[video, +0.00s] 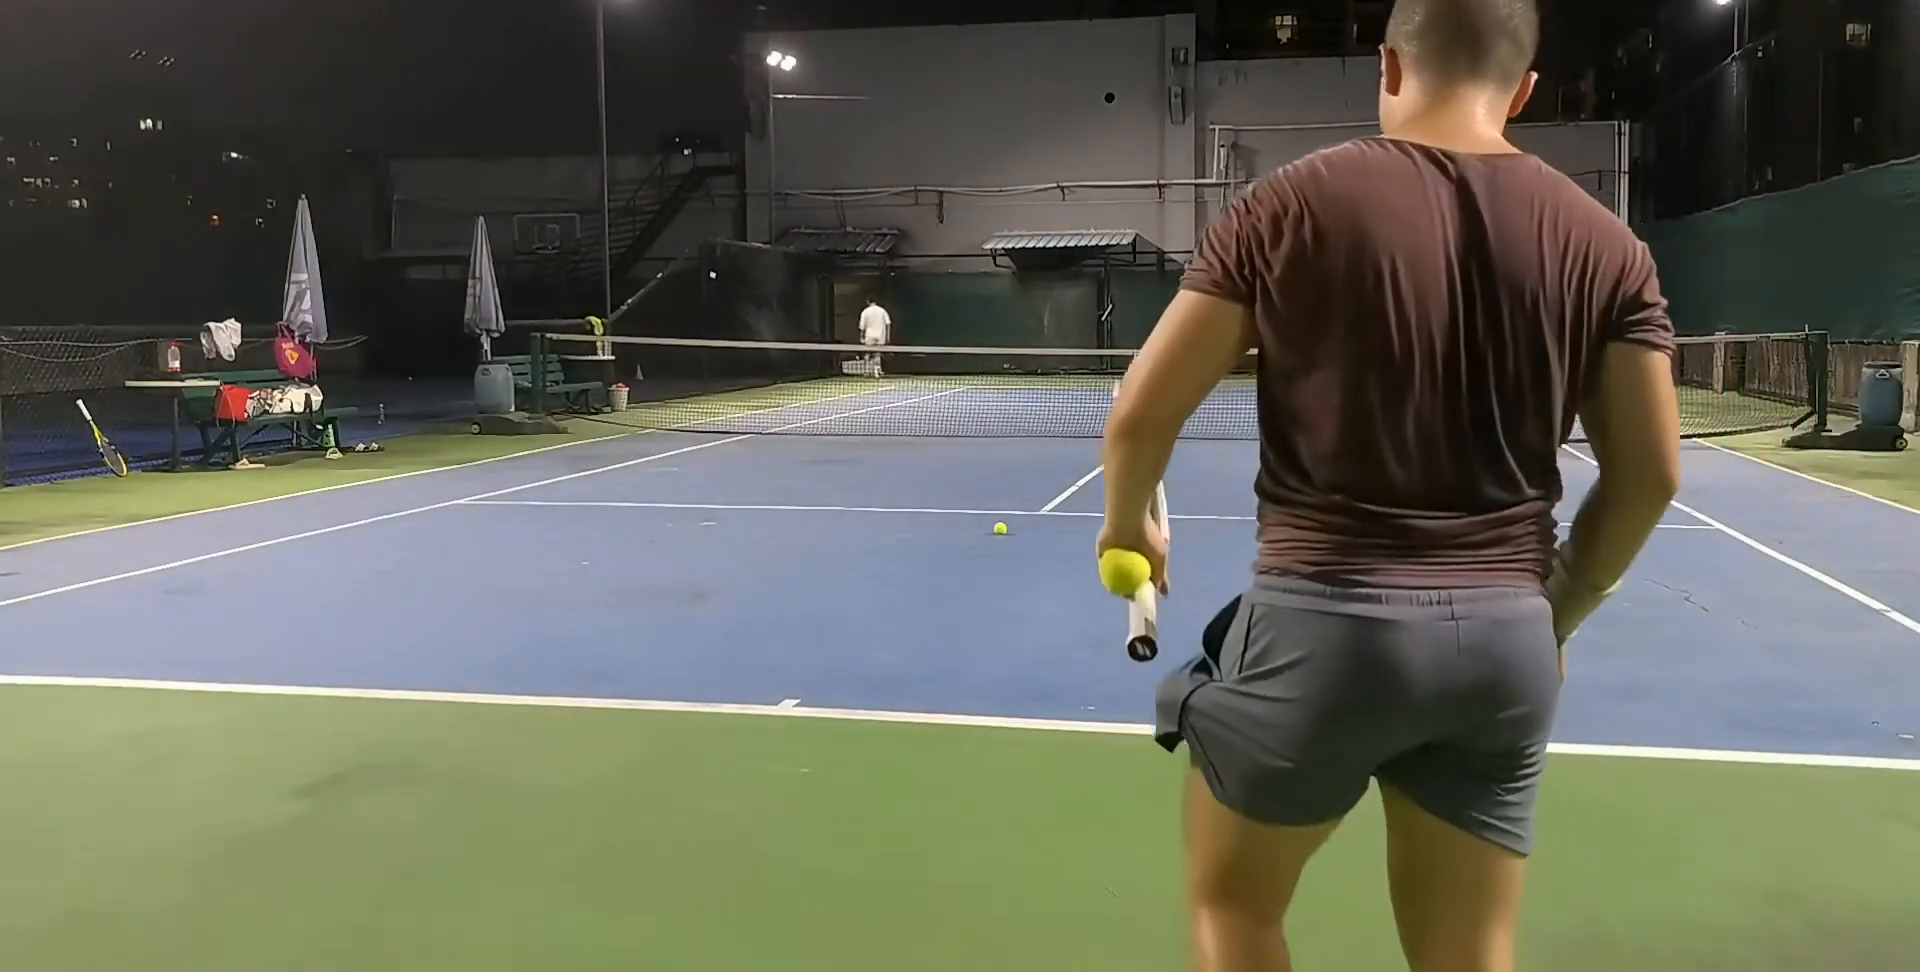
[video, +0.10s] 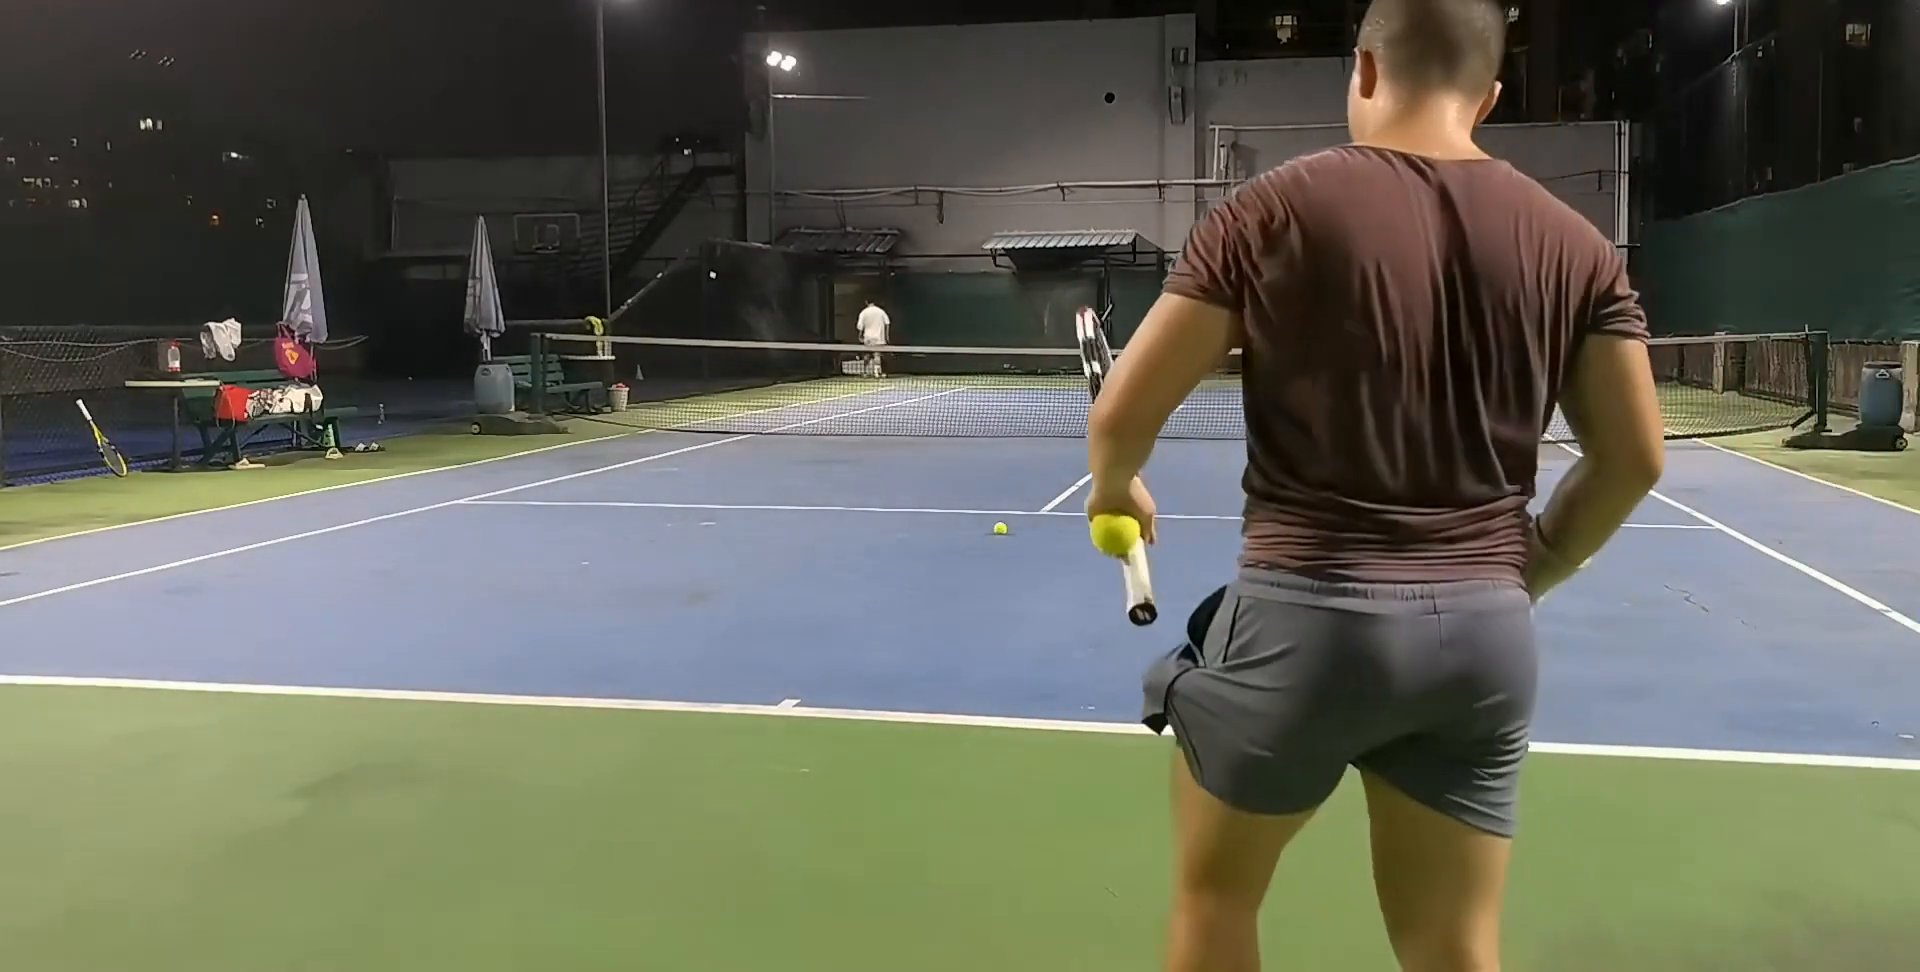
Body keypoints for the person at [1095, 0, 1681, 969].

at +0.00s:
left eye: (1382, 68)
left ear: (1391, 68)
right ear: (1521, 90)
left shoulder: (1294, 201)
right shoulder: (1599, 240)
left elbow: (1141, 413)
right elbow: (1646, 474)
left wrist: (1128, 527)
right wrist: (1553, 615)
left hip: (1317, 625)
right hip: (1503, 625)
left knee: (1235, 909)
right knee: (1469, 948)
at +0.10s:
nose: (1346, 94)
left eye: (1348, 74)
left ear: (1364, 73)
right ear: (1490, 96)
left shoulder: (1277, 207)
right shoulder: (1570, 241)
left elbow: (1124, 409)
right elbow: (1631, 455)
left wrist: (1113, 494)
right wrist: (1529, 568)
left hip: (1300, 622)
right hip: (1483, 624)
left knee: (1214, 906)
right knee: (1456, 943)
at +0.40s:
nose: (1236, 126)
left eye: (1236, 109)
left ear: (1246, 105)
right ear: (1365, 121)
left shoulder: (1162, 249)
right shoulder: (1437, 259)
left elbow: (1087, 452)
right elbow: (1469, 444)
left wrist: (1115, 469)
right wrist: (1351, 470)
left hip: (1204, 613)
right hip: (1370, 614)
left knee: (1154, 890)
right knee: (1375, 912)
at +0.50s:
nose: (1199, 115)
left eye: (1198, 101)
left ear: (1206, 101)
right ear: (1322, 114)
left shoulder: (1123, 248)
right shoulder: (1392, 253)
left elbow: (1079, 451)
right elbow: (1408, 438)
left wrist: (1166, 436)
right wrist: (1298, 451)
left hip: (1168, 598)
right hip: (1327, 600)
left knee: (1141, 880)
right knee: (1336, 885)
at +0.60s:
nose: (1171, 111)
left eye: (1170, 98)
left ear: (1176, 103)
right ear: (1291, 111)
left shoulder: (1093, 243)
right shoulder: (1360, 249)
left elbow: (1058, 440)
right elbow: (1371, 433)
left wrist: (1150, 428)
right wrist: (1267, 433)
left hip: (1148, 588)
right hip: (1296, 596)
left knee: (1140, 858)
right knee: (1296, 838)